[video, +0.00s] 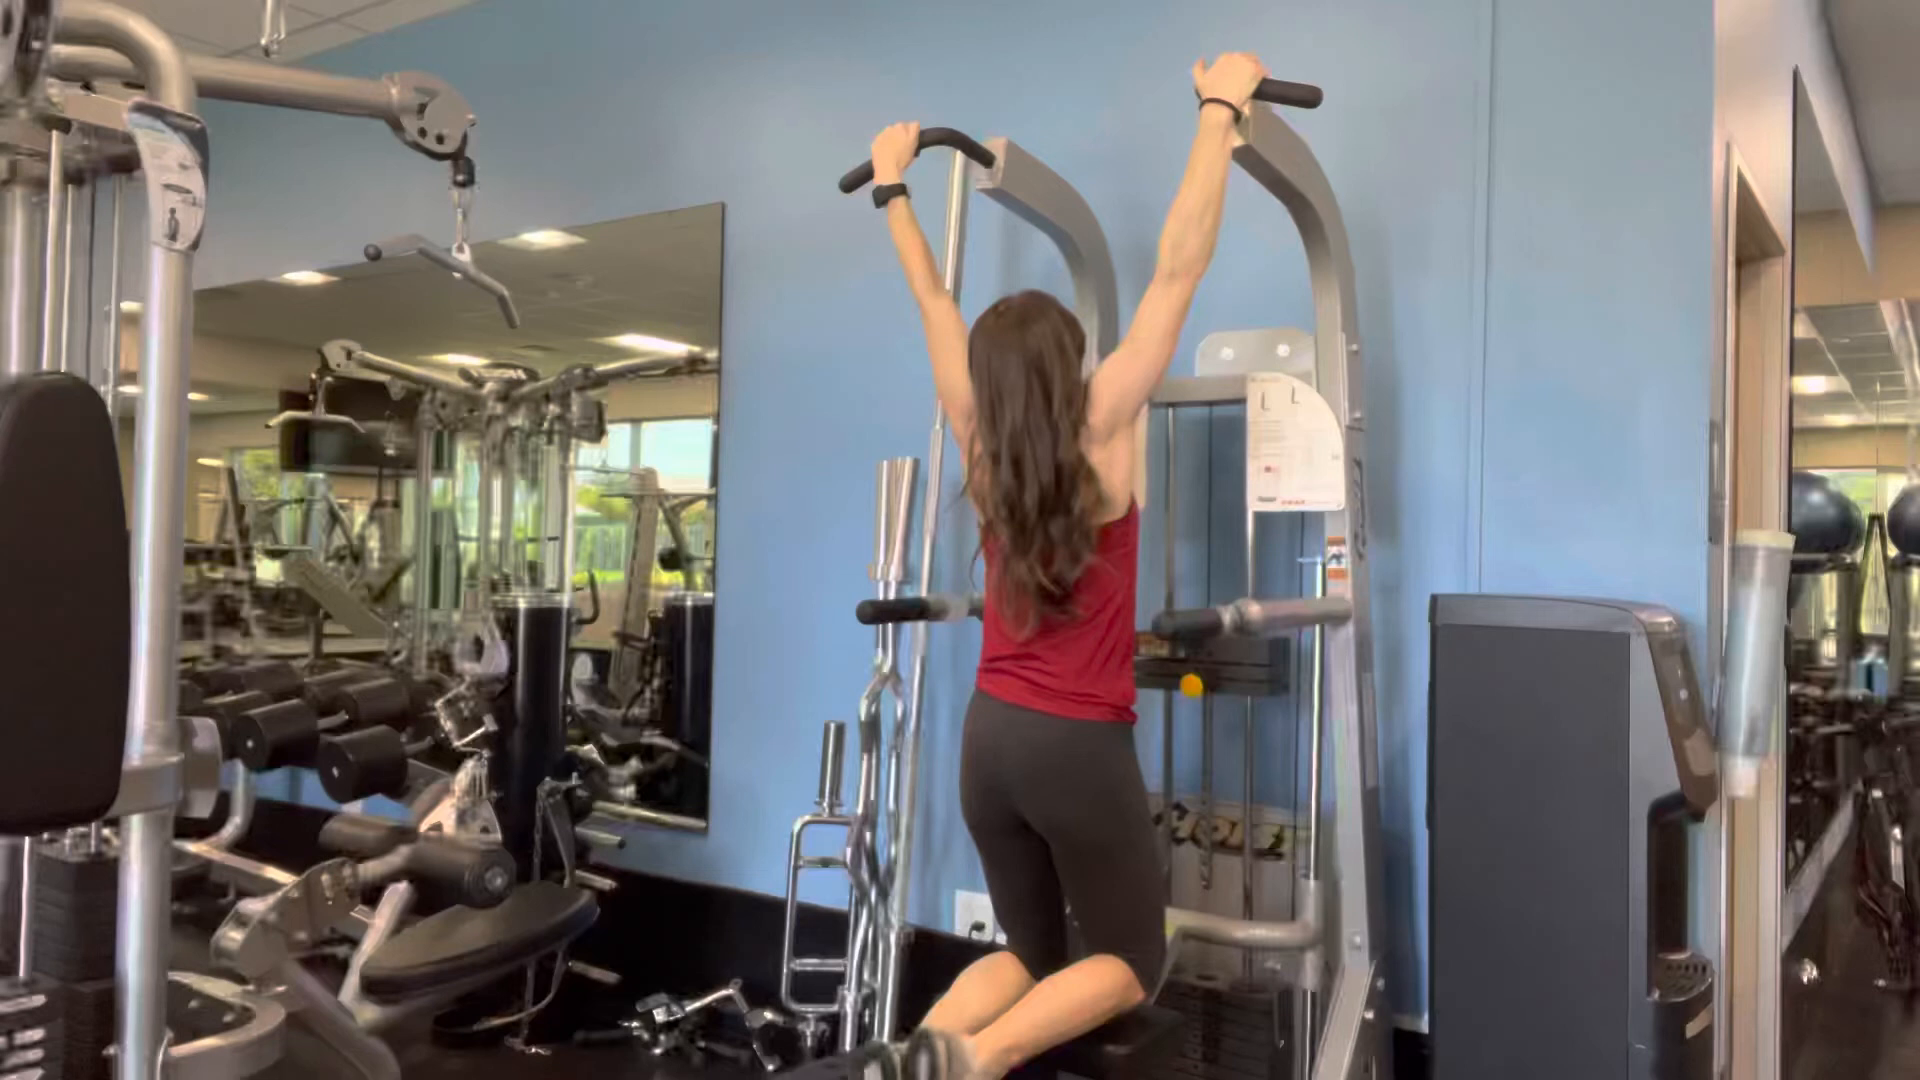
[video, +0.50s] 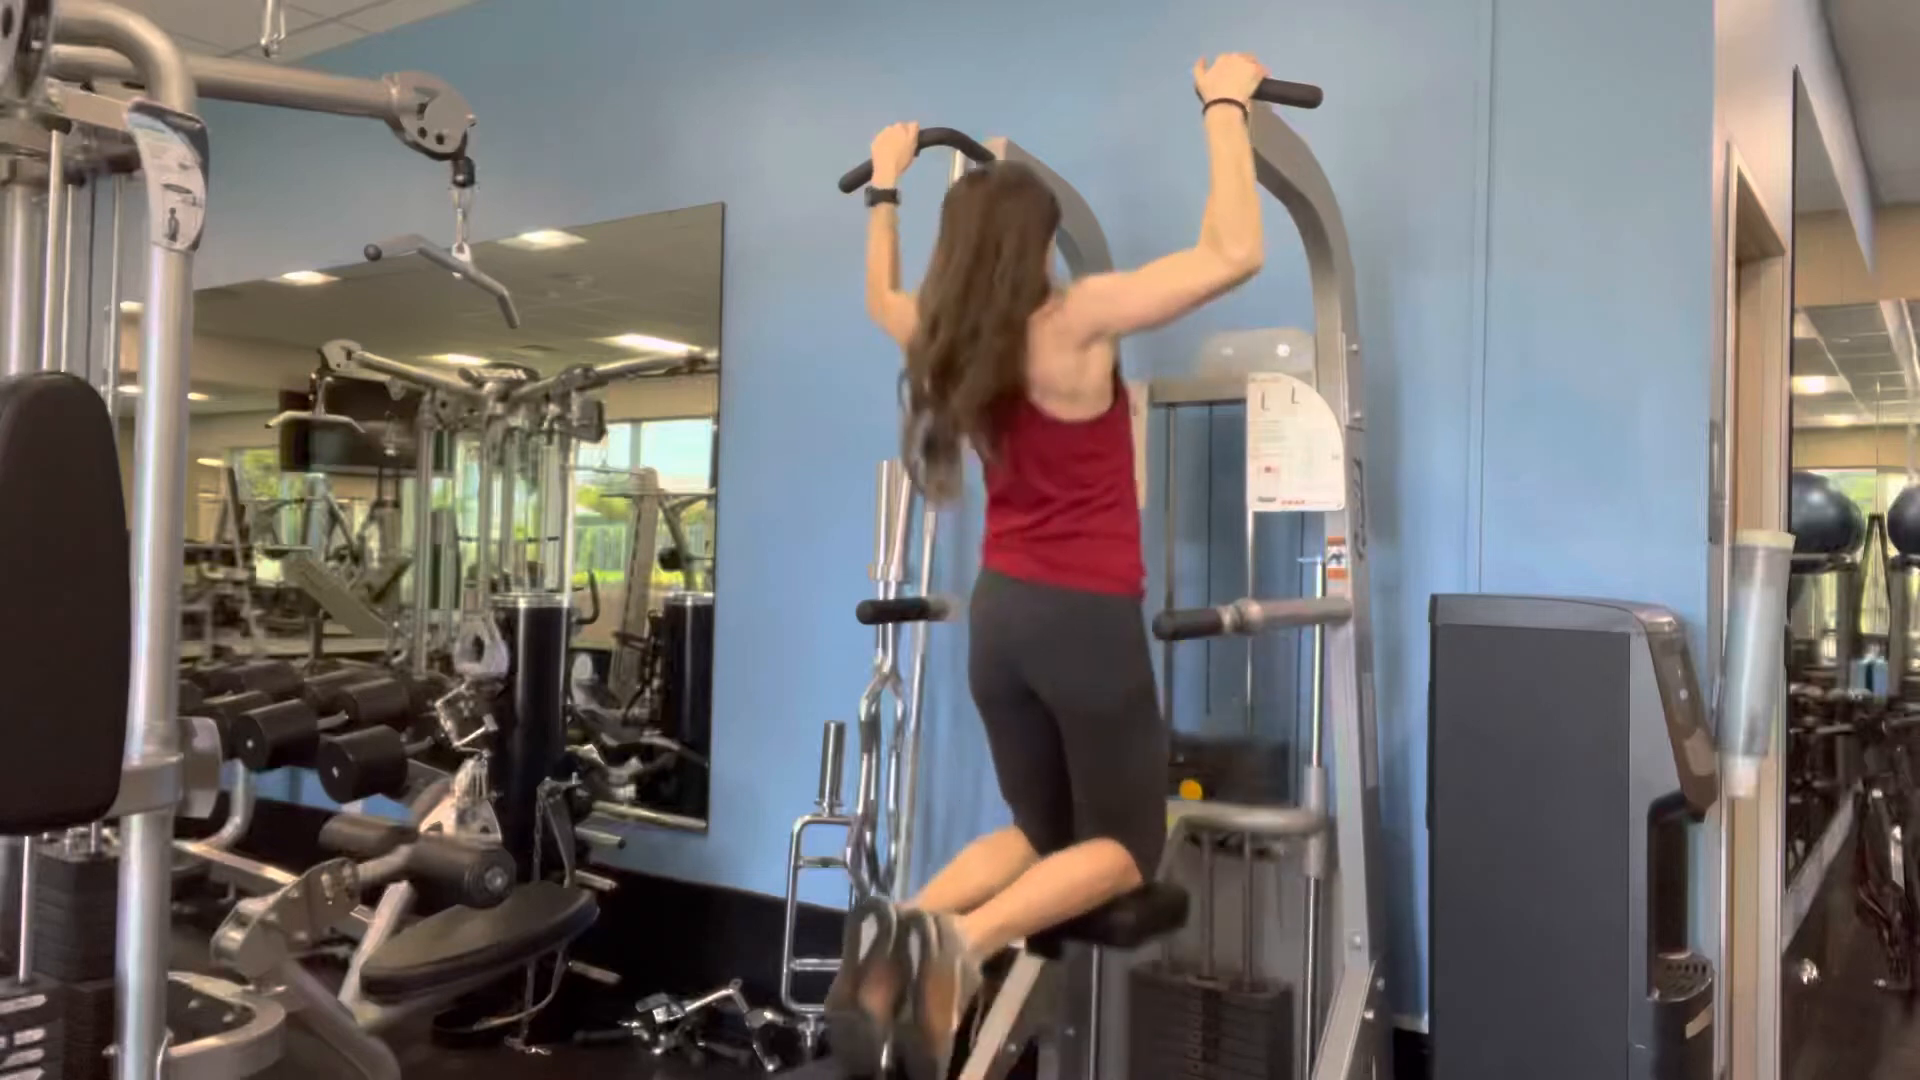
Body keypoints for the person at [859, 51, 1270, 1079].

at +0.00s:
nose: (1076, 335)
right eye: (1068, 331)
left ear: (988, 370)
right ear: (1066, 359)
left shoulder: (980, 438)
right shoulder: (1106, 417)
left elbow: (933, 301)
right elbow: (1178, 266)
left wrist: (891, 185)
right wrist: (1219, 112)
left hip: (990, 735)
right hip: (1079, 748)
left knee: (1029, 953)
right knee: (1129, 964)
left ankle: (917, 1052)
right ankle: (977, 1056)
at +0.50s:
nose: (1063, 243)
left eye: (1052, 231)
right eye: (1056, 230)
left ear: (964, 242)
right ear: (1043, 239)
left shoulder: (948, 333)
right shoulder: (1079, 314)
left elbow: (881, 292)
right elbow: (1234, 252)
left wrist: (885, 184)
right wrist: (1225, 107)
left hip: (1000, 612)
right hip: (1085, 618)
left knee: (1038, 830)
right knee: (1127, 847)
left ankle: (906, 933)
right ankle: (964, 947)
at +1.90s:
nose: (1091, 42)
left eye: (1074, 30)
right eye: (1087, 30)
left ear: (1002, 46)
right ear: (1083, 40)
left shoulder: (974, 153)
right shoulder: (1110, 130)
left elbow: (888, 277)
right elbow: (1183, 241)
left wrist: (879, 177)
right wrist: (1228, 111)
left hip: (1015, 415)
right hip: (1104, 414)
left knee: (1047, 641)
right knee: (1135, 654)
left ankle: (918, 713)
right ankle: (977, 724)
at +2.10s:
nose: (1080, 95)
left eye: (1074, 83)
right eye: (1075, 82)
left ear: (982, 97)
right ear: (1065, 92)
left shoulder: (959, 191)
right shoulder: (1098, 172)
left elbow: (875, 291)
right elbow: (1223, 244)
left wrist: (879, 182)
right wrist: (1229, 107)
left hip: (1012, 461)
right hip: (1099, 461)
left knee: (1050, 679)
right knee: (1137, 695)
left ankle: (913, 751)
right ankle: (977, 758)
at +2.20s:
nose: (1067, 128)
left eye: (1060, 116)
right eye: (1061, 116)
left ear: (964, 135)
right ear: (1048, 126)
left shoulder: (952, 224)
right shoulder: (1087, 204)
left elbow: (874, 296)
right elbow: (1234, 246)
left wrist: (880, 187)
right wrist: (1229, 110)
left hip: (1007, 500)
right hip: (1092, 502)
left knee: (1049, 716)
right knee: (1136, 733)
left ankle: (911, 795)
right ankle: (973, 803)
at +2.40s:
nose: (1044, 236)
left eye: (1021, 227)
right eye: (1036, 225)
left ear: (953, 245)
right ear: (1029, 235)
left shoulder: (943, 330)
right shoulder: (1069, 309)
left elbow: (886, 286)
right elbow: (1226, 256)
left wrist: (884, 185)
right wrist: (1226, 110)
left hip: (991, 614)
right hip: (1080, 621)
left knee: (1037, 820)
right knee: (1127, 842)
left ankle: (907, 908)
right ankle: (962, 926)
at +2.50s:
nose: (1033, 263)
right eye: (1025, 254)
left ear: (946, 284)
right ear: (1023, 275)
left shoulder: (946, 364)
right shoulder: (1066, 348)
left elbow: (894, 288)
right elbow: (1213, 262)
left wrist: (884, 185)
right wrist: (1224, 110)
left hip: (987, 658)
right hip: (1077, 665)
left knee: (1036, 863)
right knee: (1123, 884)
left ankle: (895, 962)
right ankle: (959, 970)